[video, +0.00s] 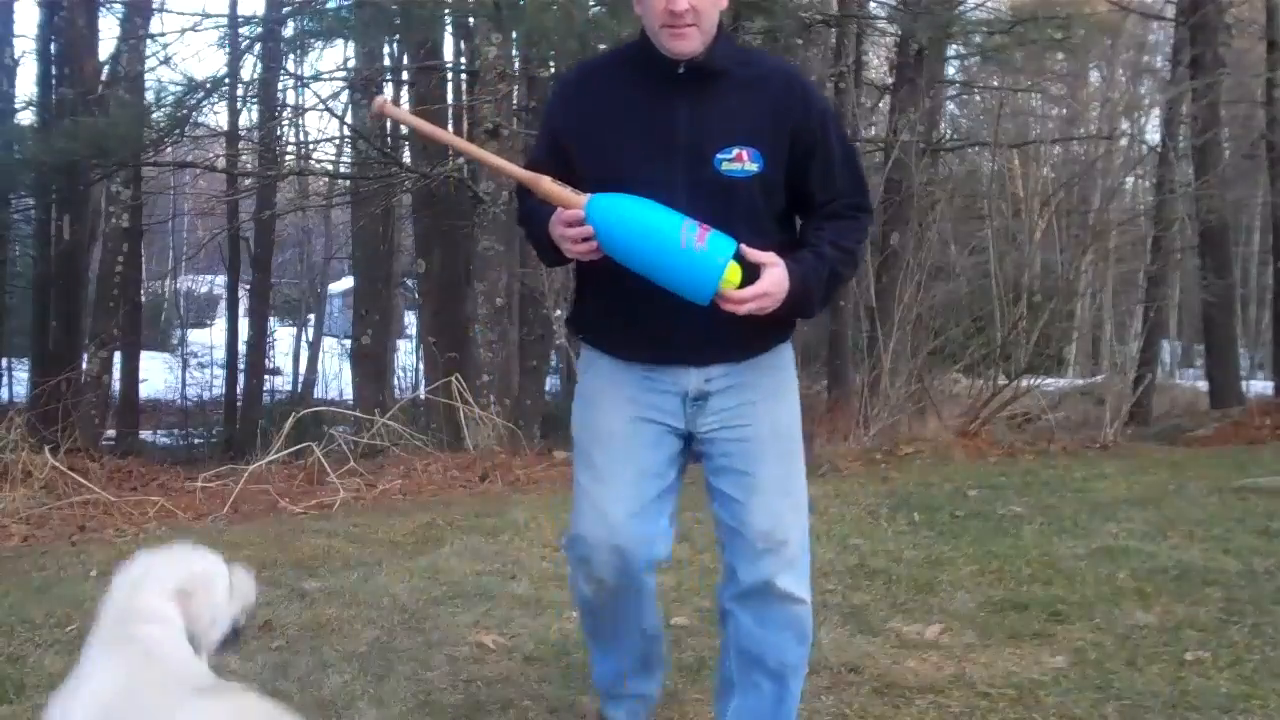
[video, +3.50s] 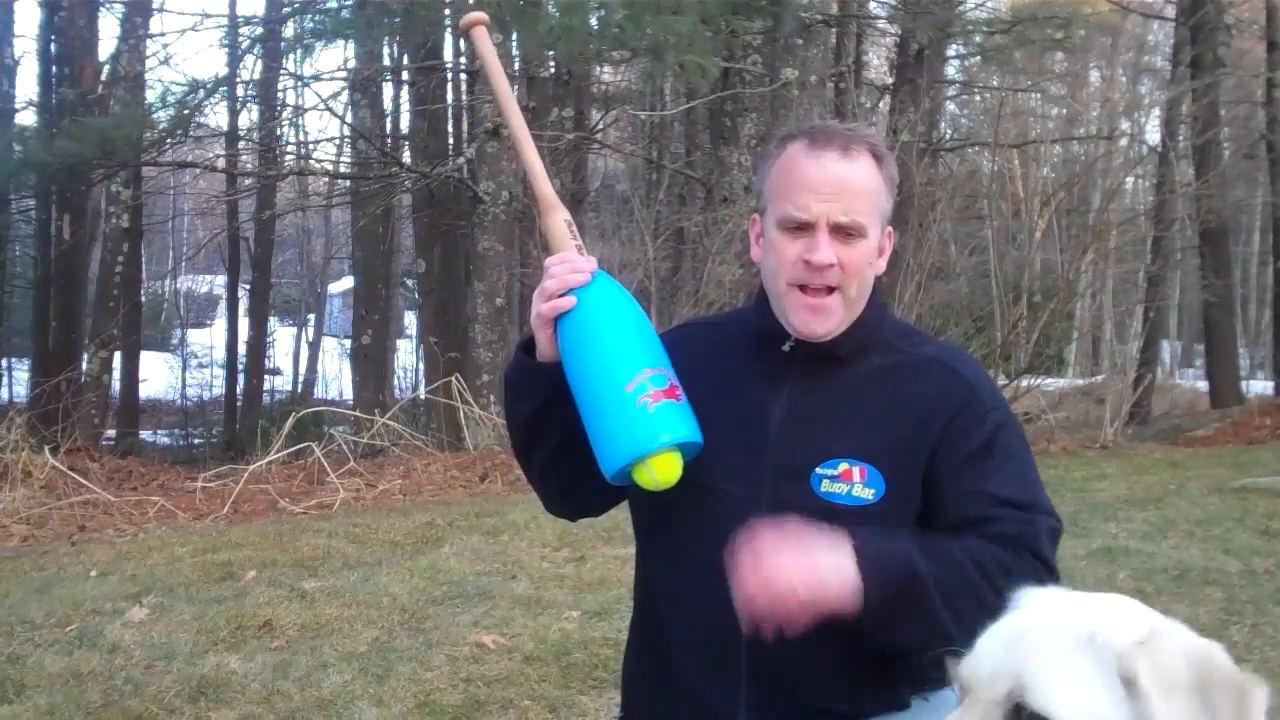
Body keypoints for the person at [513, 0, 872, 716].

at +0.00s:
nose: (677, 6)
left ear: (724, 1)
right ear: (635, 3)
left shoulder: (785, 96)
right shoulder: (584, 94)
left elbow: (846, 215)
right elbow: (534, 201)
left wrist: (795, 277)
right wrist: (553, 233)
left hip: (754, 372)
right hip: (620, 371)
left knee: (773, 566)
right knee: (608, 545)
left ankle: (758, 713)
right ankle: (627, 702)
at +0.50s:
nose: (634, 76)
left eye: (653, 53)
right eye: (612, 56)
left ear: (686, 58)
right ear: (583, 67)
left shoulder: (763, 154)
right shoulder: (535, 166)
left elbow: (830, 294)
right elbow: (484, 290)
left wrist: (776, 388)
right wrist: (502, 335)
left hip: (771, 408)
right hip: (617, 419)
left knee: (823, 575)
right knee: (587, 624)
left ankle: (810, 712)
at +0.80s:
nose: (689, 128)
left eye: (710, 103)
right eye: (665, 105)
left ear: (751, 109)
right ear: (632, 113)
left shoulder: (833, 219)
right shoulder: (587, 210)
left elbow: (901, 383)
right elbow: (536, 330)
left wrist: (809, 488)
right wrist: (547, 377)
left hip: (829, 458)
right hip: (669, 456)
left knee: (864, 660)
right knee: (616, 651)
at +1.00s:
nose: (763, 151)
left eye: (788, 126)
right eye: (739, 126)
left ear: (832, 139)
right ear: (708, 138)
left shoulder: (913, 261)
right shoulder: (661, 232)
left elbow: (978, 449)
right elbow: (606, 350)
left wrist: (837, 530)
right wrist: (588, 378)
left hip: (891, 507)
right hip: (727, 495)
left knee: (889, 690)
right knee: (631, 670)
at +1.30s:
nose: (801, 191)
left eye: (827, 168)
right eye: (778, 168)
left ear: (868, 192)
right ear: (745, 191)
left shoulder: (950, 328)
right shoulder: (697, 304)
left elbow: (1007, 529)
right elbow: (626, 451)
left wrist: (853, 582)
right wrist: (603, 421)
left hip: (915, 619)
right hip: (747, 616)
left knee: (906, 701)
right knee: (671, 711)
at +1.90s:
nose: (840, 230)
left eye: (865, 209)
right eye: (818, 209)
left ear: (906, 237)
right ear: (785, 235)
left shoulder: (979, 378)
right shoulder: (711, 358)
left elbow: (1025, 550)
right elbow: (606, 490)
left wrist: (863, 479)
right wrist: (568, 366)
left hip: (902, 697)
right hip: (716, 697)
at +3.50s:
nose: (820, 255)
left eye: (846, 231)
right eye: (797, 228)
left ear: (883, 250)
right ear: (757, 239)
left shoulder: (944, 391)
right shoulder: (676, 363)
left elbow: (1018, 560)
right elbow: (575, 490)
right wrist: (546, 362)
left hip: (879, 706)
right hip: (684, 703)